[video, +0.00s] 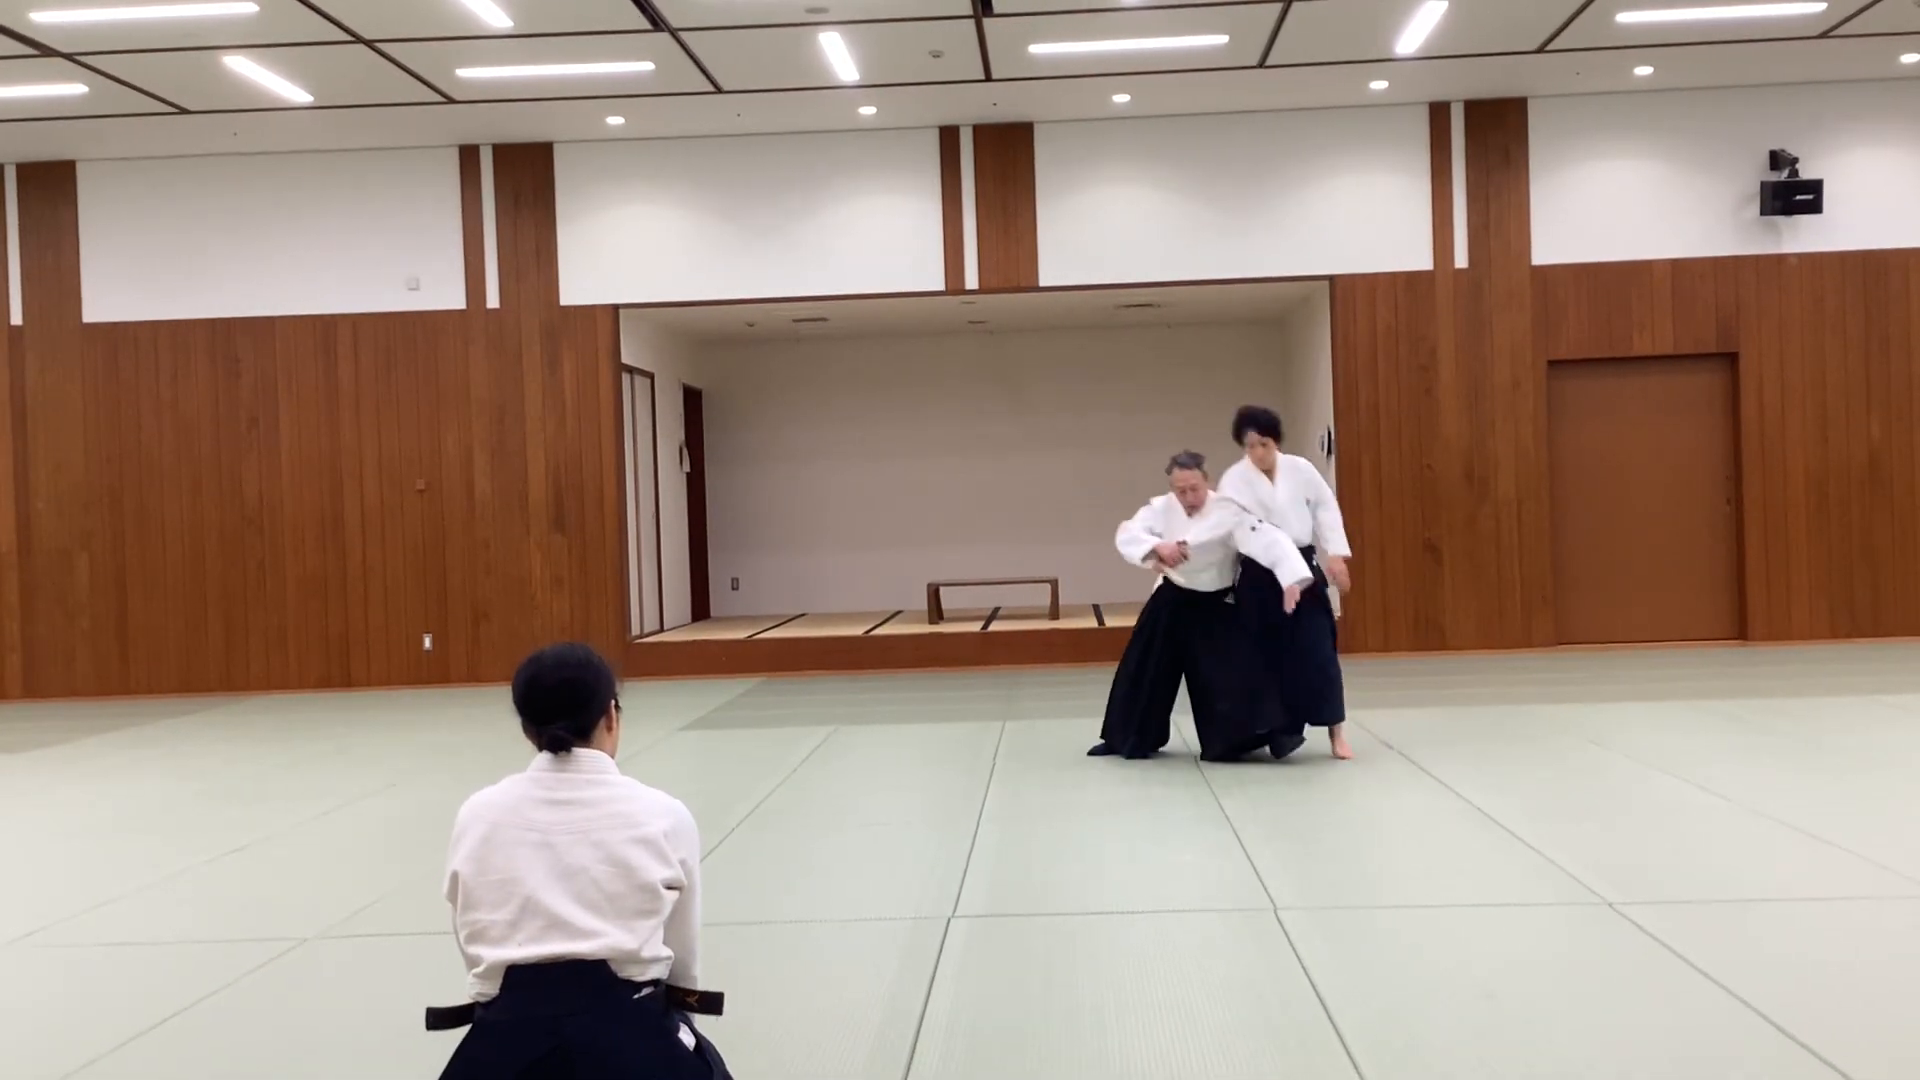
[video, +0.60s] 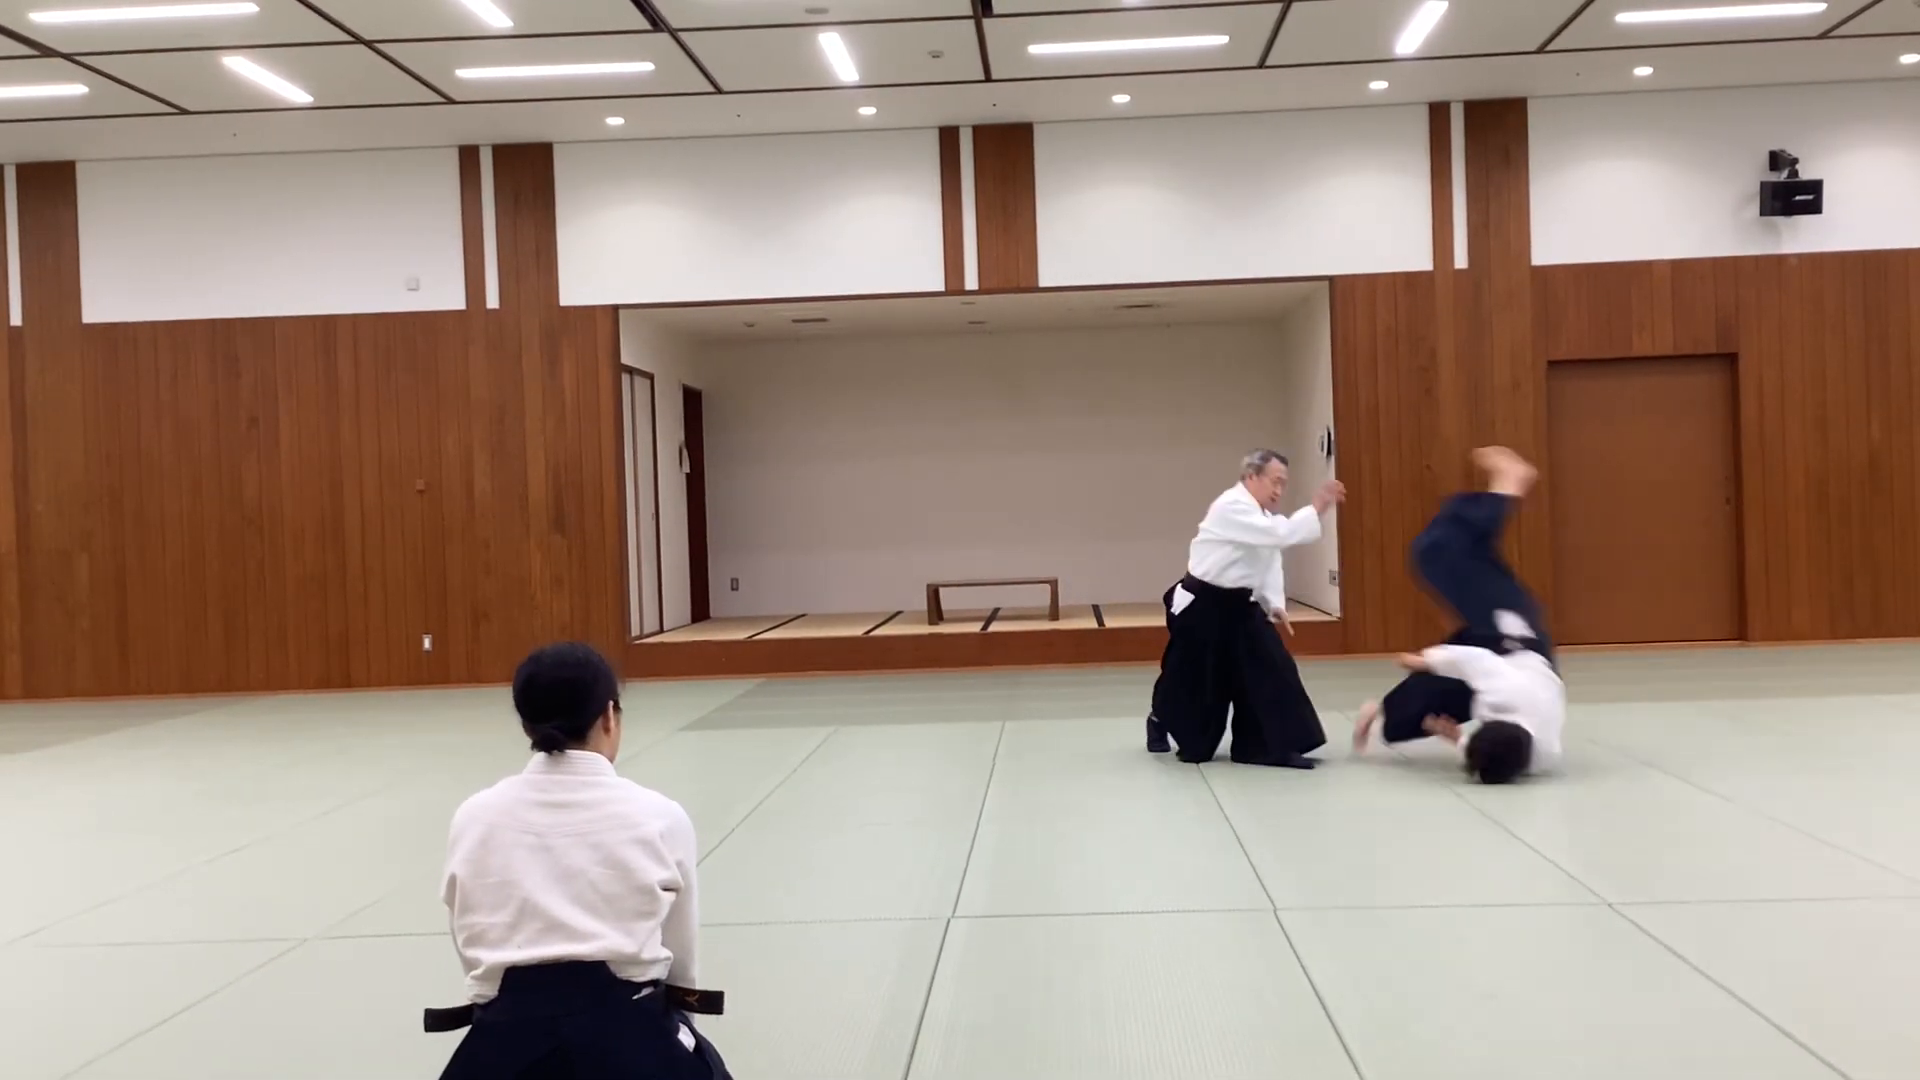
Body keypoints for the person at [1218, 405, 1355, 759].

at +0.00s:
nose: (1257, 452)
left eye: (1263, 444)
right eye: (1250, 445)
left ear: (1276, 441)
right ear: (1242, 446)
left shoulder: (1301, 469)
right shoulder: (1234, 481)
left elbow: (1326, 508)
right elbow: (1241, 532)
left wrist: (1334, 553)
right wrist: (1285, 555)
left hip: (1304, 567)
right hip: (1259, 572)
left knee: (1320, 649)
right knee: (1266, 651)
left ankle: (1337, 733)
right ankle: (1278, 730)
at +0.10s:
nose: (1302, 490)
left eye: (1308, 482)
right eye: (1295, 483)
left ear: (1316, 477)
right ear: (1283, 479)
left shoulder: (1337, 504)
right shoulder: (1267, 506)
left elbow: (1357, 545)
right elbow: (1268, 557)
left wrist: (1349, 593)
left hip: (1321, 584)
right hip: (1275, 587)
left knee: (1333, 653)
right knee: (1275, 657)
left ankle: (1340, 732)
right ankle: (1273, 735)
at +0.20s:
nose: (1349, 558)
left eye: (1356, 551)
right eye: (1343, 551)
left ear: (1367, 547)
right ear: (1334, 543)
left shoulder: (1380, 550)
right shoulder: (1313, 541)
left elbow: (1403, 602)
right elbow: (1287, 579)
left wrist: (1375, 642)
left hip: (1352, 607)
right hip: (1313, 603)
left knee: (1351, 667)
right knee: (1306, 665)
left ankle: (1348, 739)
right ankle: (1296, 736)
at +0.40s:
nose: (1408, 685)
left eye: (1415, 686)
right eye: (1409, 681)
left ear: (1444, 680)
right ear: (1411, 660)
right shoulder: (1389, 634)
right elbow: (1347, 608)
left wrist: (1437, 755)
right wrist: (1315, 604)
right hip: (1364, 601)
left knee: (1385, 697)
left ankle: (1354, 747)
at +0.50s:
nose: (1445, 731)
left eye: (1451, 733)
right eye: (1444, 724)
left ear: (1478, 729)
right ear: (1450, 703)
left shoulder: (1504, 723)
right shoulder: (1441, 665)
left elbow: (1497, 761)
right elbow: (1397, 637)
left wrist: (1448, 761)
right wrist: (1360, 633)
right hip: (1437, 608)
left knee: (1411, 708)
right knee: (1387, 577)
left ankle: (1359, 746)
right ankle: (1378, 530)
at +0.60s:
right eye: (1474, 747)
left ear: (1511, 764)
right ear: (1483, 737)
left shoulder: (1545, 758)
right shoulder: (1500, 697)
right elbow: (1477, 663)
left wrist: (1455, 737)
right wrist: (1427, 661)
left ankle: (1381, 713)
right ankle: (1506, 488)